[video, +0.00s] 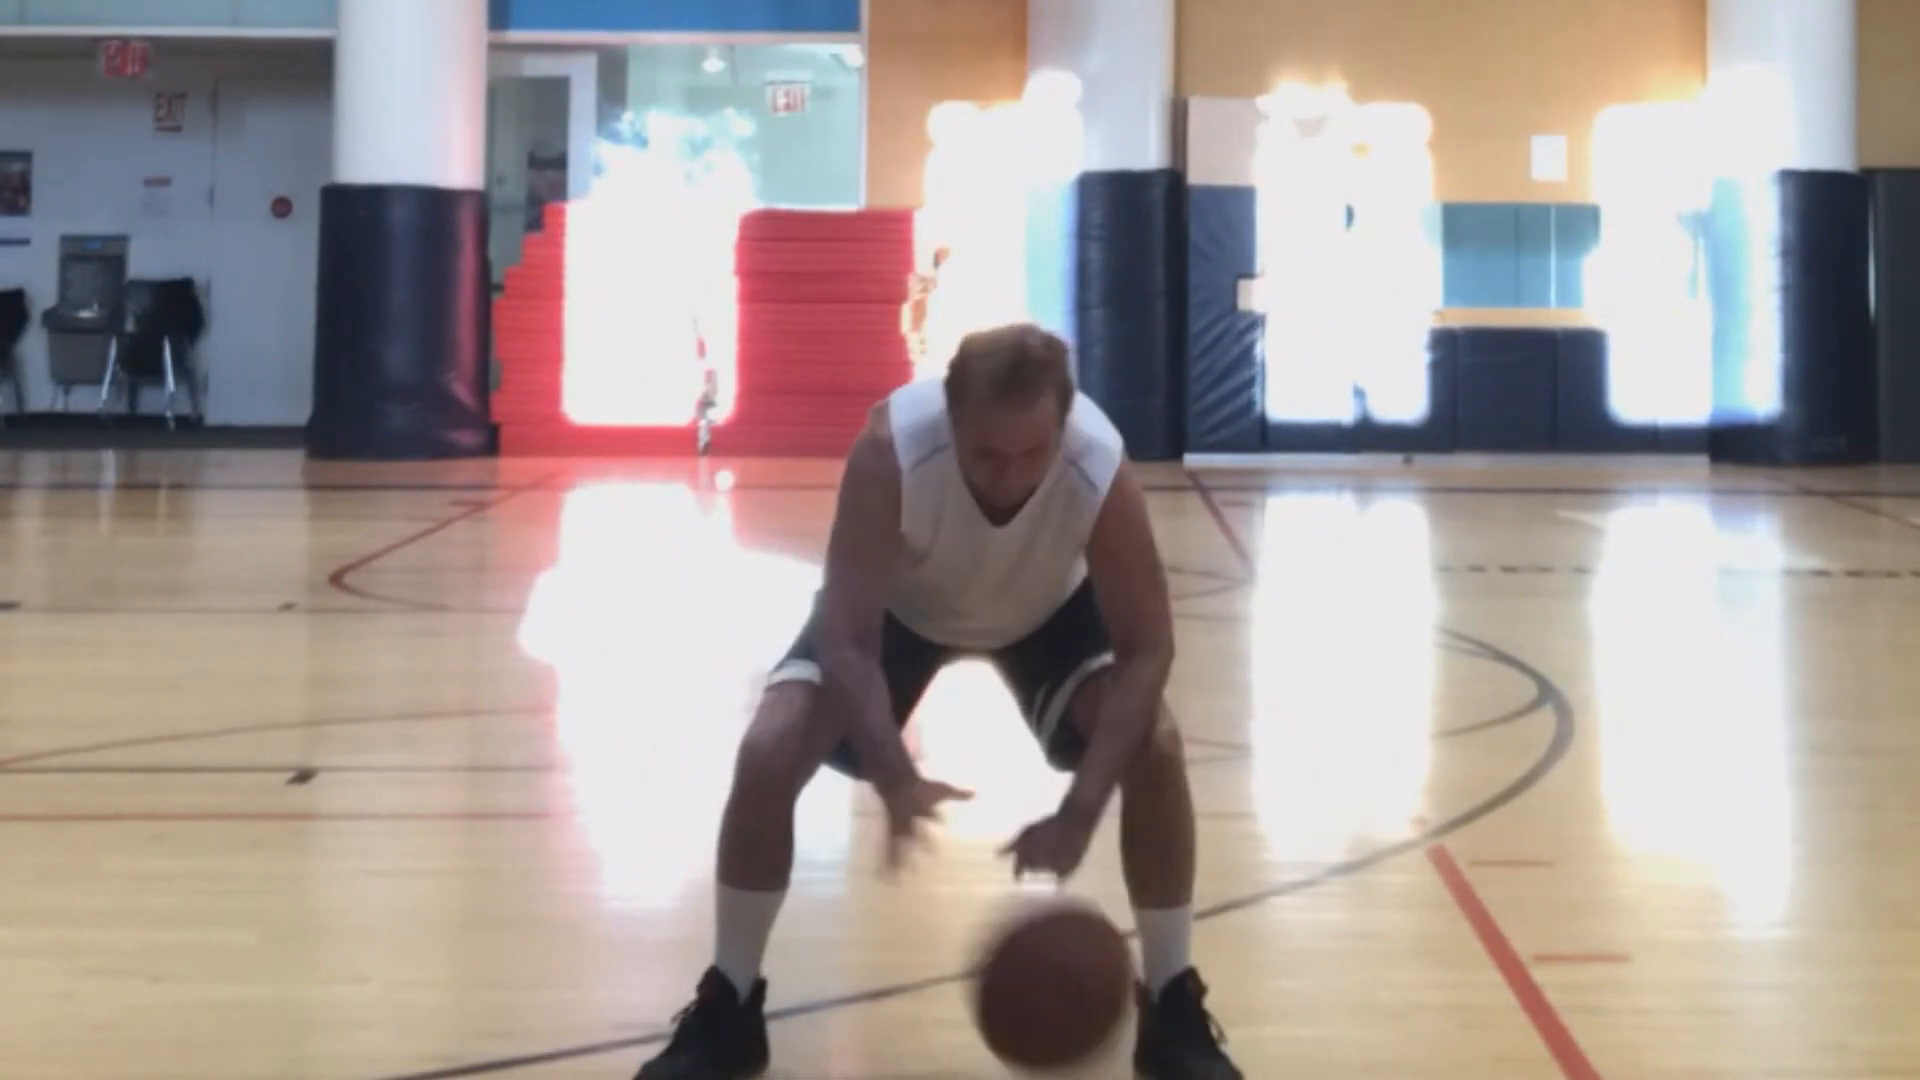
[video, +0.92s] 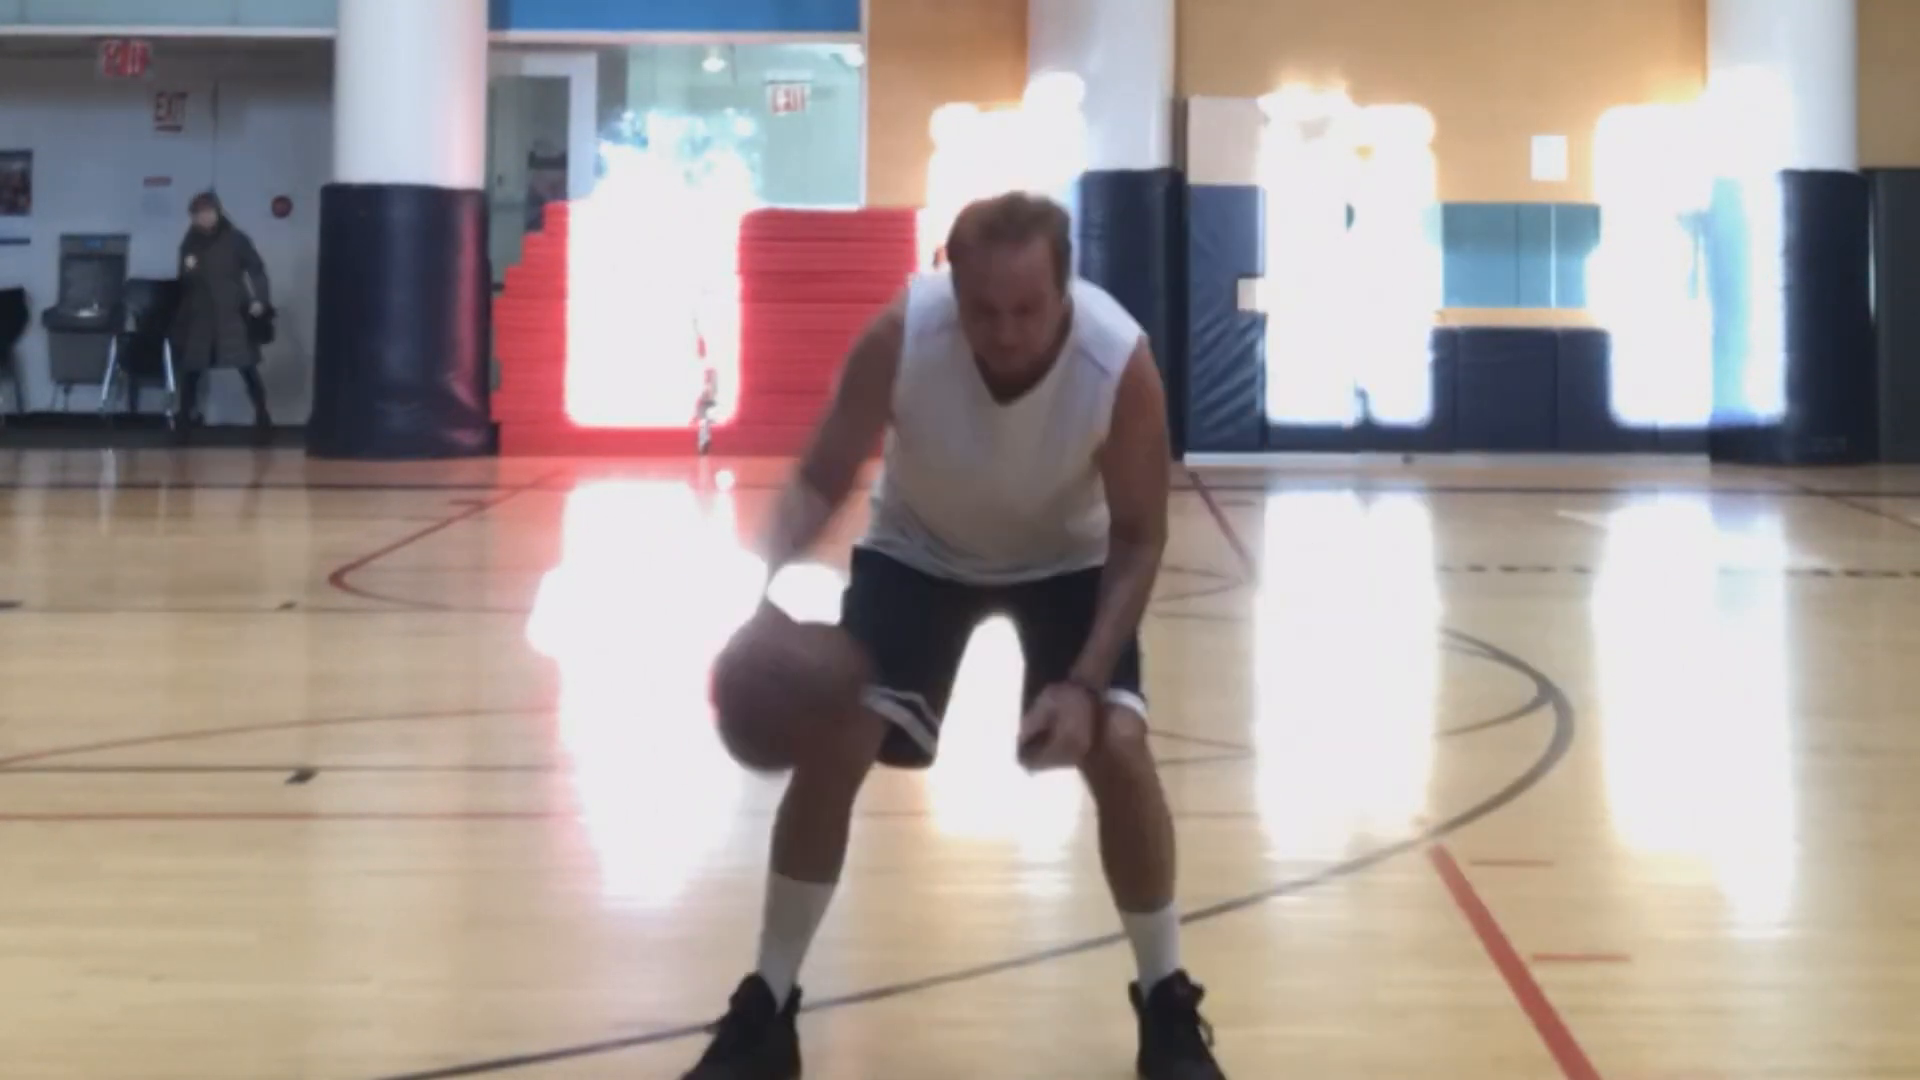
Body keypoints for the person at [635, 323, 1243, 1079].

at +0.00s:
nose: (1009, 476)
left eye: (1032, 454)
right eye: (988, 454)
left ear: (1062, 428)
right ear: (953, 425)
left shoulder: (1097, 466)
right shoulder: (891, 449)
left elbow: (1148, 648)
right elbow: (845, 639)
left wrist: (1078, 815)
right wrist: (894, 773)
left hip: (1045, 609)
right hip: (900, 608)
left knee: (1150, 743)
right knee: (765, 755)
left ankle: (1174, 1009)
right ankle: (729, 1008)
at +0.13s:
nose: (926, 487)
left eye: (943, 459)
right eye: (900, 467)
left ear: (978, 440)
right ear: (869, 460)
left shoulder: (1049, 504)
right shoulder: (841, 530)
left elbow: (1097, 688)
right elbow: (800, 731)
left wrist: (985, 827)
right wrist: (813, 914)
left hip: (1037, 670)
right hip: (896, 665)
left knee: (1129, 782)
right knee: (747, 759)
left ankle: (1168, 1015)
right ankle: (724, 1011)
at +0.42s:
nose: (938, 448)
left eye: (958, 424)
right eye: (916, 428)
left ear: (996, 392)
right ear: (886, 407)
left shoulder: (1056, 441)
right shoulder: (843, 438)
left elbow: (1086, 624)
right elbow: (815, 629)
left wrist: (1030, 786)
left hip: (1032, 598)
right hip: (890, 595)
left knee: (1126, 748)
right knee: (770, 743)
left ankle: (1175, 1002)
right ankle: (724, 1003)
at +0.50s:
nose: (958, 420)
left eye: (977, 394)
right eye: (934, 401)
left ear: (1007, 369)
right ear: (899, 385)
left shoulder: (1067, 437)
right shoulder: (851, 441)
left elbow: (1145, 605)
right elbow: (832, 644)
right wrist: (867, 815)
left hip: (1045, 594)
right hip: (900, 595)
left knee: (1127, 743)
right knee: (774, 742)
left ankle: (1179, 1011)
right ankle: (722, 1006)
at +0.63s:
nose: (1354, 406)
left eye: (1364, 395)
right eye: (1358, 391)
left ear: (1315, 361)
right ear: (1317, 366)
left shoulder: (1283, 409)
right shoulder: (1145, 365)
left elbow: (1219, 519)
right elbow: (1004, 522)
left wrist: (1209, 653)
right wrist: (941, 701)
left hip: (1108, 556)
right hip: (978, 550)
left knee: (1191, 713)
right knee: (943, 780)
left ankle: (1175, 1010)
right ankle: (834, 991)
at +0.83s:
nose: (1184, 85)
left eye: (1201, 65)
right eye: (1165, 68)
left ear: (1229, 69)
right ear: (1137, 75)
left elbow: (1316, 315)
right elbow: (1008, 323)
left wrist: (1378, 383)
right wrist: (976, 456)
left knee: (1231, 674)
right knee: (1156, 692)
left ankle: (1245, 941)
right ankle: (1138, 863)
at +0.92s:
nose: (1005, 332)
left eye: (1026, 310)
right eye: (984, 311)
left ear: (1064, 289)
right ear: (953, 288)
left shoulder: (1118, 363)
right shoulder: (904, 335)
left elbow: (1140, 540)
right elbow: (824, 476)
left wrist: (1086, 680)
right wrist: (771, 588)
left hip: (1069, 556)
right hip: (919, 551)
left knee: (1117, 747)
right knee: (832, 741)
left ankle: (1167, 1005)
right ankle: (764, 1012)